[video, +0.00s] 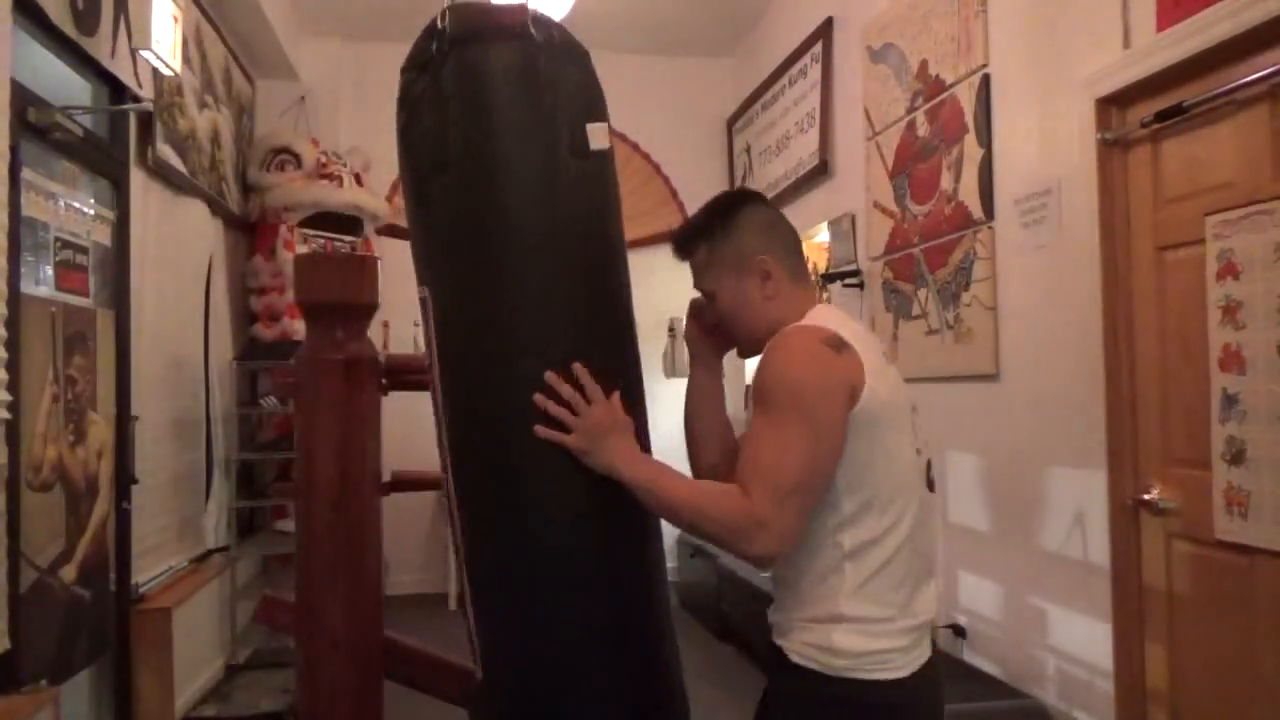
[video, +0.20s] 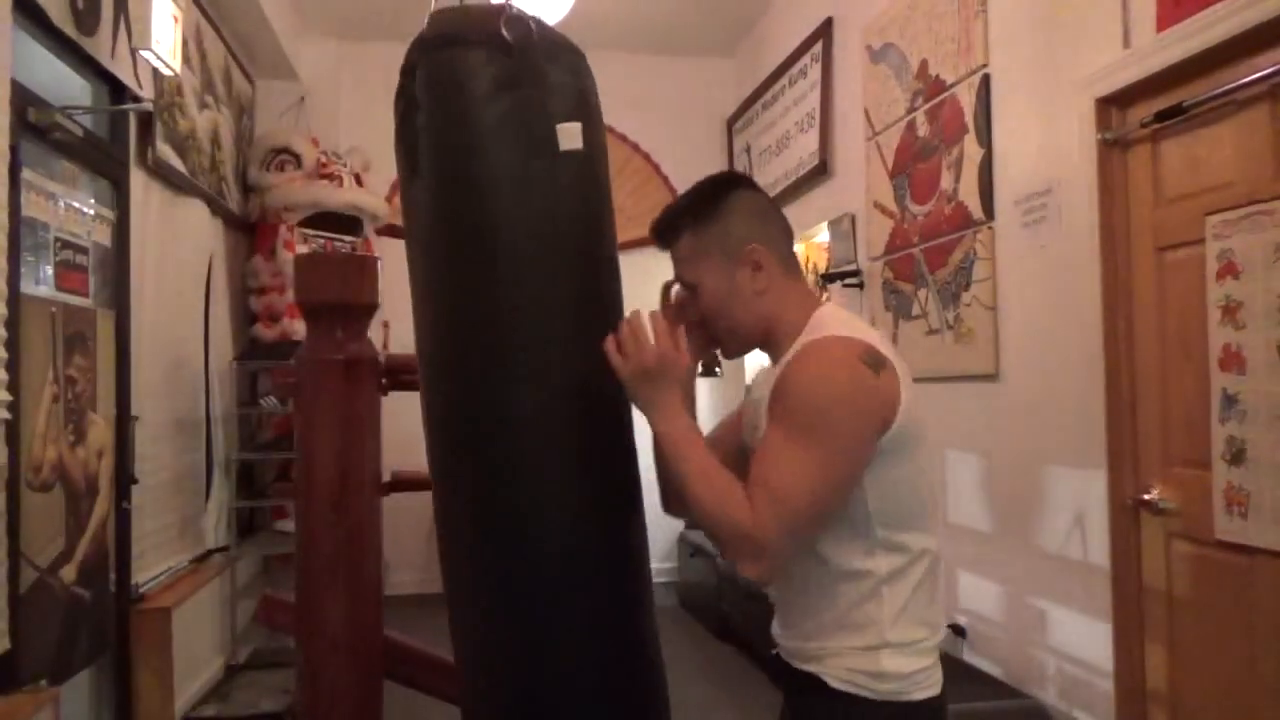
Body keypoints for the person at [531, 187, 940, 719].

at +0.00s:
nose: (706, 313)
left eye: (710, 294)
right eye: (703, 297)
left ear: (765, 278)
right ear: (771, 280)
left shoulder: (805, 351)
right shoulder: (836, 337)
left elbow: (762, 530)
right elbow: (719, 479)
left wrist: (624, 458)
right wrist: (705, 359)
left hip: (841, 683)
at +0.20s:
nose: (686, 312)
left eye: (692, 288)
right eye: (683, 291)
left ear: (755, 268)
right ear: (757, 271)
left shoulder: (836, 367)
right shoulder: (789, 369)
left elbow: (757, 548)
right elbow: (681, 496)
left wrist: (665, 404)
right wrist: (674, 378)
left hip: (866, 692)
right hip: (818, 676)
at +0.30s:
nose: (657, 339)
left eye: (663, 315)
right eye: (654, 318)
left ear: (728, 298)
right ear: (726, 302)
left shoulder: (842, 405)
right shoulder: (741, 410)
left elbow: (757, 605)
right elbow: (668, 552)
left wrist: (657, 439)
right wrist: (646, 431)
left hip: (873, 705)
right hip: (798, 683)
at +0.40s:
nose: (620, 388)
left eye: (626, 362)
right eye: (619, 365)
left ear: (690, 346)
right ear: (692, 348)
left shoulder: (828, 446)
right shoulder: (712, 463)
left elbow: (781, 659)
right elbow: (660, 612)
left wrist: (641, 517)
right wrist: (622, 508)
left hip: (892, 707)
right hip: (810, 699)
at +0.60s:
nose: (607, 401)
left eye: (609, 380)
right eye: (603, 383)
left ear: (662, 369)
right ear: (665, 369)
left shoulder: (763, 449)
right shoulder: (749, 436)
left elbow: (785, 669)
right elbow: (689, 601)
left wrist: (630, 583)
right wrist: (625, 478)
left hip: (897, 707)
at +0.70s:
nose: (628, 379)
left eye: (632, 357)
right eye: (625, 361)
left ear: (683, 341)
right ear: (691, 338)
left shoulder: (736, 406)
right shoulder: (787, 387)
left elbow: (774, 604)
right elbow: (718, 569)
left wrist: (649, 586)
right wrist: (658, 446)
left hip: (881, 705)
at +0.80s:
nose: (663, 371)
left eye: (664, 351)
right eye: (660, 354)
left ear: (711, 339)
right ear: (757, 334)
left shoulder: (726, 396)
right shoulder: (827, 385)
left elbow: (762, 560)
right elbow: (733, 524)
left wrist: (680, 597)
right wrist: (691, 443)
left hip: (873, 701)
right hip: (961, 682)